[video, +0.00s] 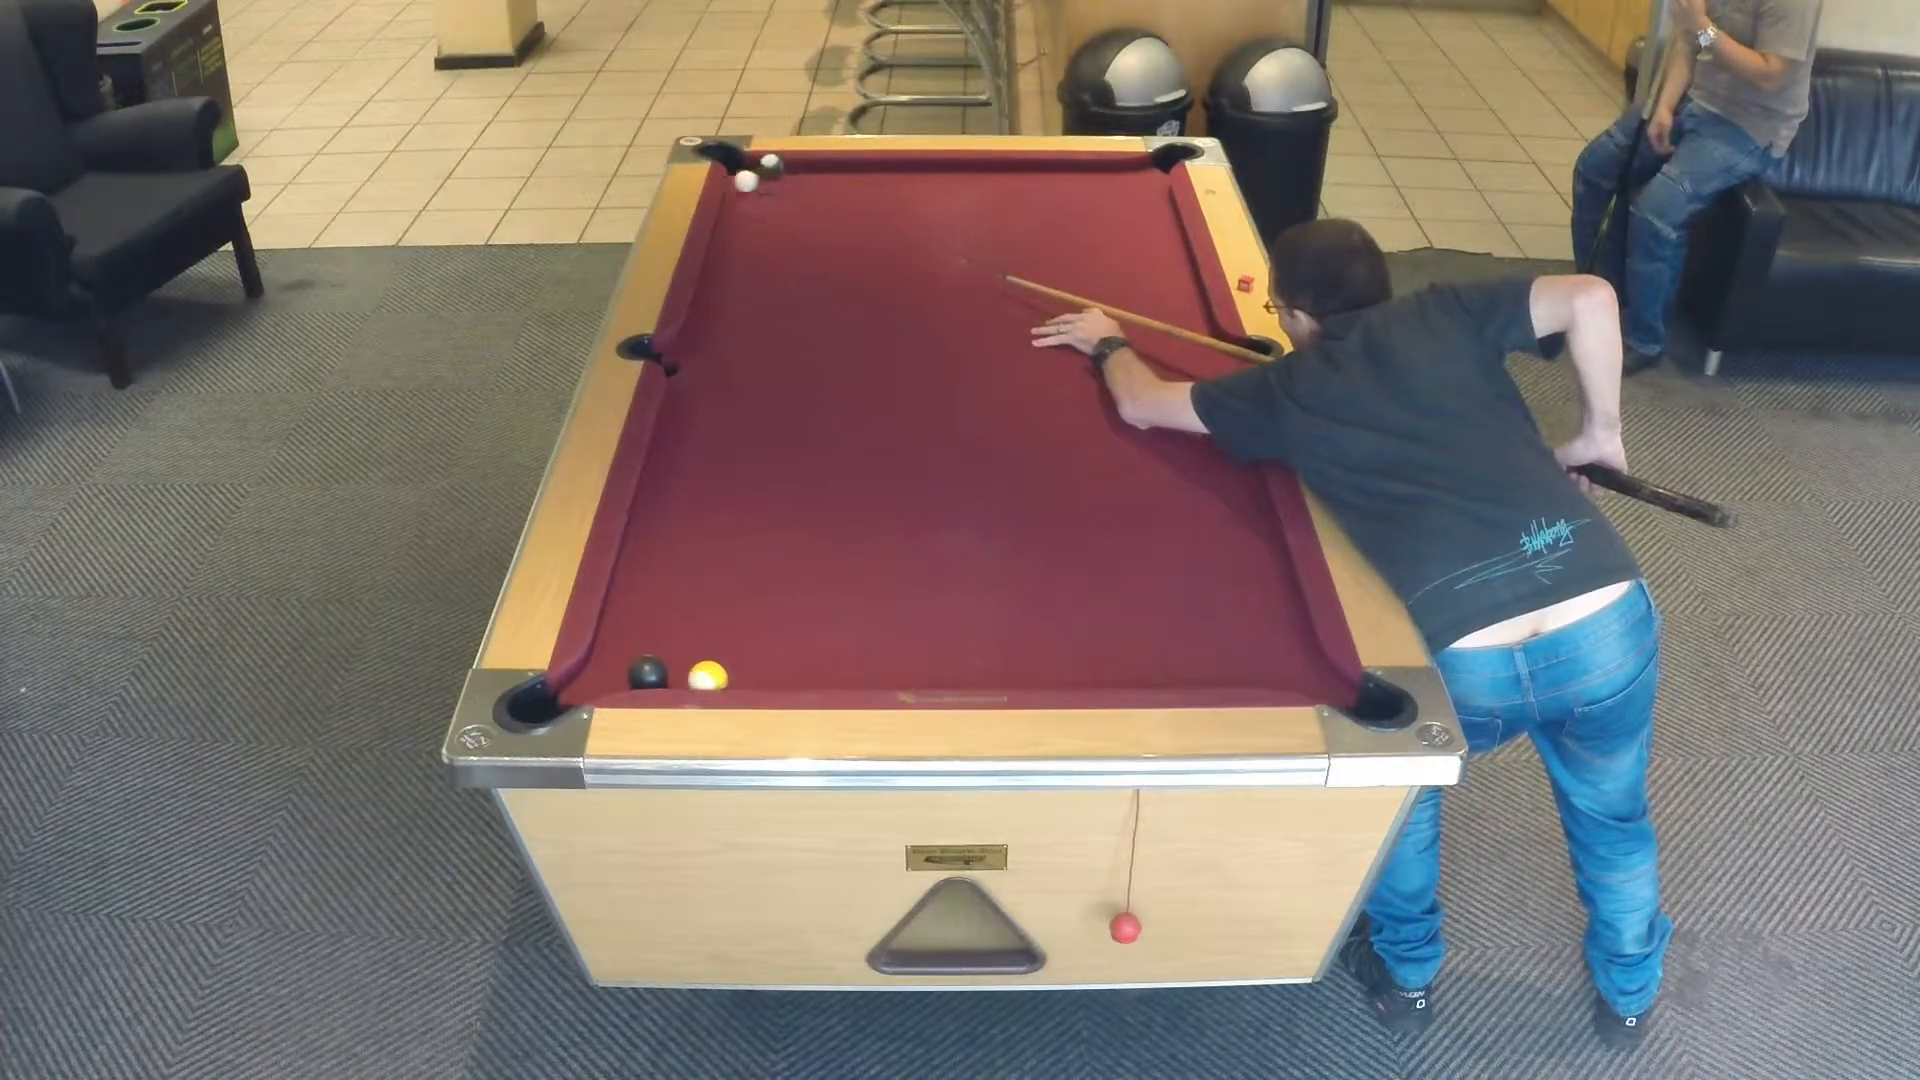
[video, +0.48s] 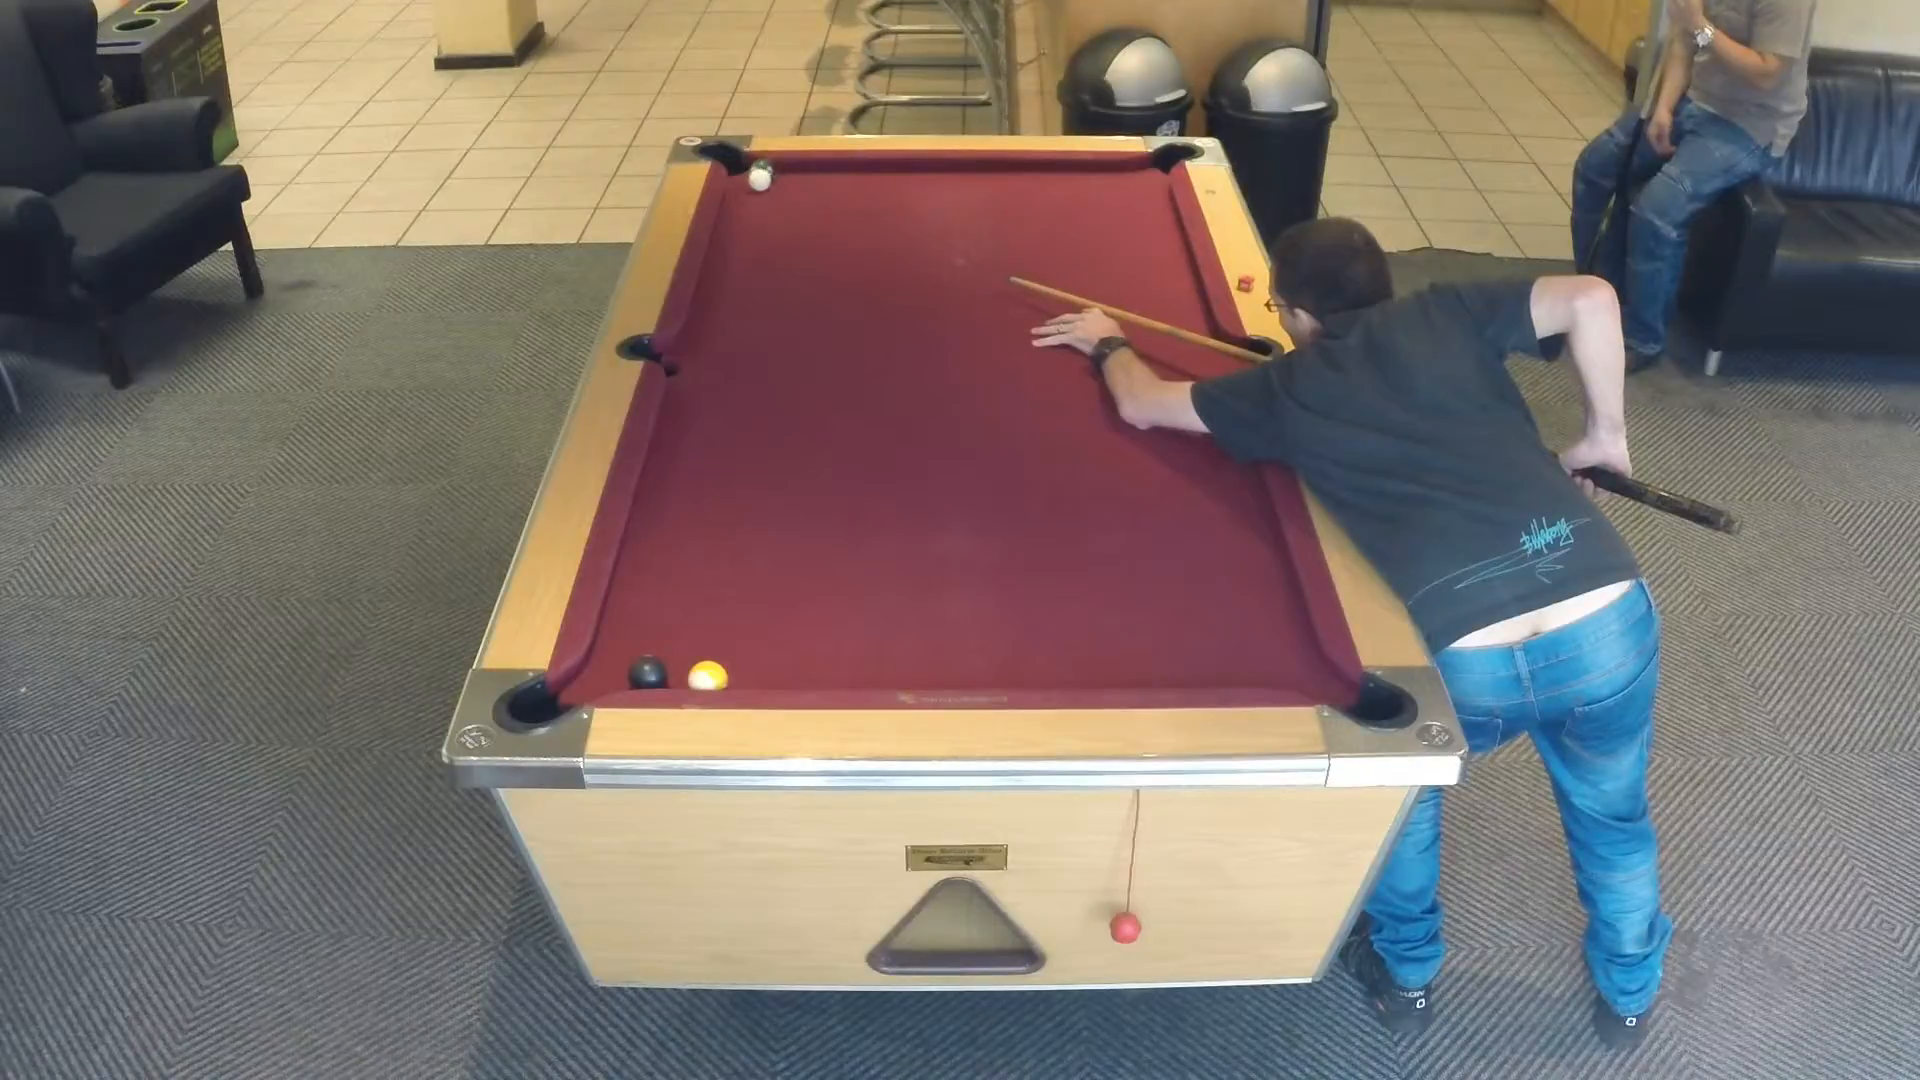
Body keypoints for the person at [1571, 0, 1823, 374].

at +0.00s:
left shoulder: (1792, 6)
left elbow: (1771, 76)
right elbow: (1686, 40)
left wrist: (1702, 28)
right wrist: (1665, 105)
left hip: (1746, 126)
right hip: (1688, 102)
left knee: (1654, 210)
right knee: (1594, 168)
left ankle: (1642, 342)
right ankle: (1593, 302)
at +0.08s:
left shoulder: (1792, 6)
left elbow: (1771, 76)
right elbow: (1686, 40)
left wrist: (1702, 28)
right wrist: (1665, 105)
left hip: (1746, 126)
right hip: (1688, 102)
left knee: (1654, 211)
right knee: (1594, 168)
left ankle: (1642, 342)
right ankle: (1593, 302)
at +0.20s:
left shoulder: (1791, 6)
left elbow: (1771, 76)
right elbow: (1685, 39)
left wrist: (1702, 28)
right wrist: (1665, 105)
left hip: (1746, 126)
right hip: (1687, 102)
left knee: (1654, 210)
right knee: (1594, 168)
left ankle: (1642, 342)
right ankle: (1593, 303)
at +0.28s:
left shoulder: (1791, 6)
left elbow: (1771, 76)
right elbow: (1685, 39)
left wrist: (1702, 27)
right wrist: (1665, 105)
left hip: (1747, 126)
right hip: (1688, 102)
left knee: (1654, 210)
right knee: (1594, 168)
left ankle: (1642, 342)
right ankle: (1593, 301)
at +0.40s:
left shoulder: (1788, 6)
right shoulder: (1699, 2)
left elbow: (1769, 75)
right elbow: (1684, 42)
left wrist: (1701, 28)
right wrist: (1665, 106)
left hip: (1747, 126)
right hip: (1687, 104)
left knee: (1655, 209)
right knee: (1595, 167)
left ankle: (1642, 340)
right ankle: (1594, 301)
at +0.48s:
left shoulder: (1785, 5)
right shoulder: (1698, 2)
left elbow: (1767, 75)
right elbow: (1682, 44)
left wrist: (1700, 28)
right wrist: (1664, 108)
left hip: (1747, 127)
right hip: (1688, 105)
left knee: (1654, 211)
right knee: (1595, 168)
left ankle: (1643, 340)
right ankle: (1594, 302)